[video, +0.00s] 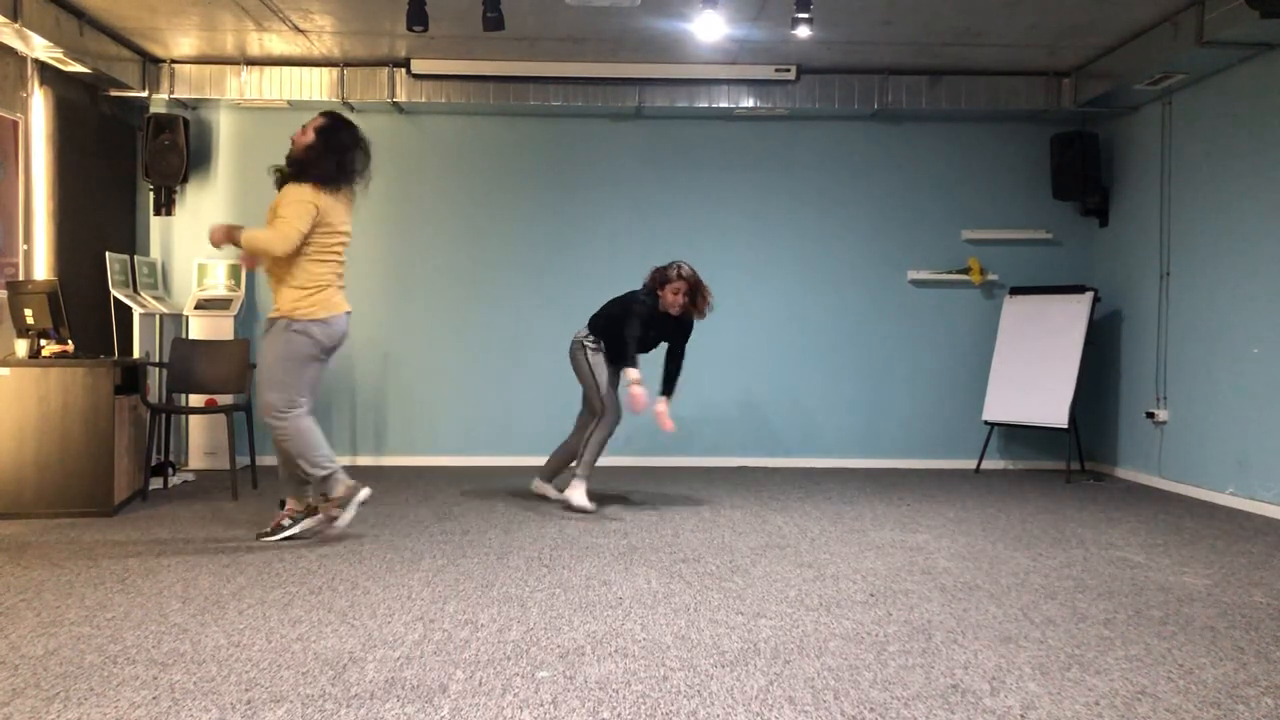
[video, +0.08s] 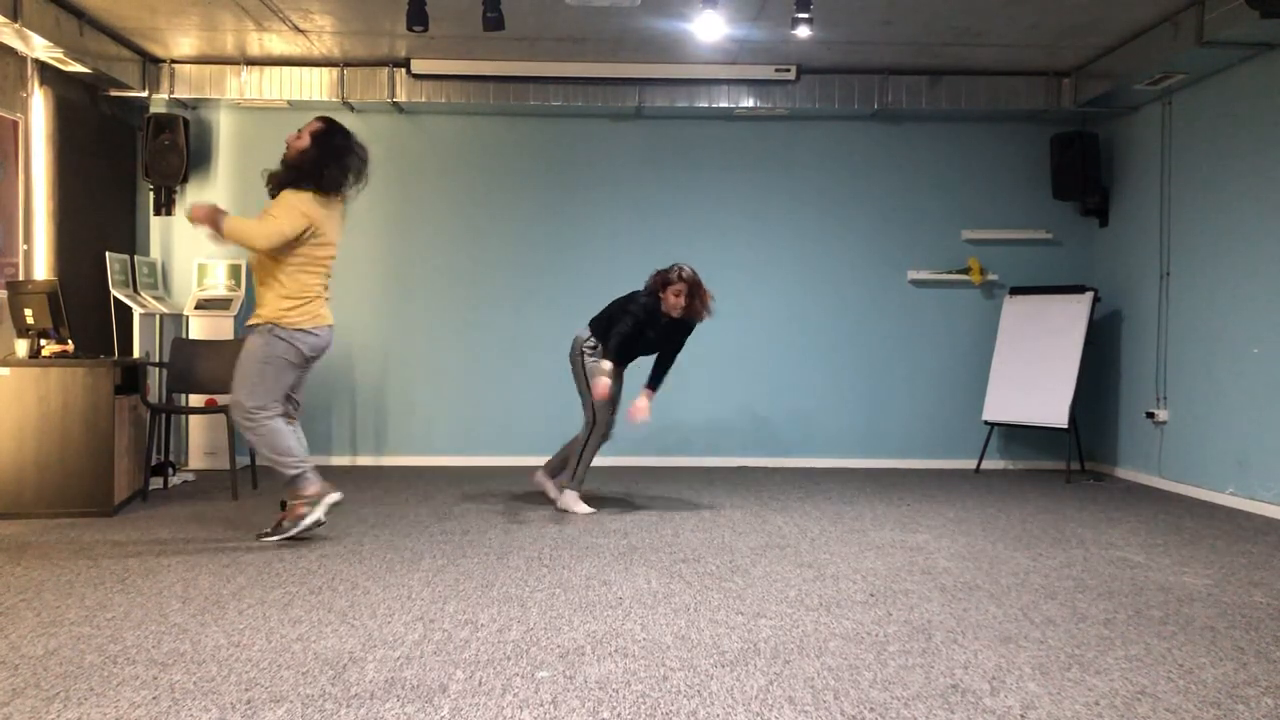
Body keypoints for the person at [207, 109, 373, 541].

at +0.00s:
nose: (298, 133)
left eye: (307, 131)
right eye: (304, 127)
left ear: (321, 149)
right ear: (334, 156)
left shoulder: (303, 193)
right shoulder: (335, 196)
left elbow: (281, 241)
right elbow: (305, 251)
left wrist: (234, 233)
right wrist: (262, 255)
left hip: (301, 319)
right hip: (326, 316)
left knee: (281, 410)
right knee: (289, 409)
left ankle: (338, 488)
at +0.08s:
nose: (292, 137)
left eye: (302, 135)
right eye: (298, 131)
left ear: (317, 153)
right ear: (326, 160)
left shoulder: (299, 201)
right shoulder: (326, 201)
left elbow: (264, 237)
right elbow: (275, 243)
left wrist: (218, 220)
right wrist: (228, 226)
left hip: (284, 326)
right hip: (309, 326)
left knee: (251, 408)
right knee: (282, 412)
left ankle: (310, 488)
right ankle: (300, 507)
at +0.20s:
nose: (285, 133)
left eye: (295, 134)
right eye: (292, 129)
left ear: (305, 156)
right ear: (310, 161)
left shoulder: (285, 195)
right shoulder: (308, 198)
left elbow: (240, 215)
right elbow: (257, 209)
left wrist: (198, 177)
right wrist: (230, 179)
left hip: (251, 321)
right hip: (281, 322)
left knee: (224, 410)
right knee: (261, 409)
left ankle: (261, 501)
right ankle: (288, 495)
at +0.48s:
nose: (247, 131)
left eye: (258, 134)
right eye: (255, 127)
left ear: (264, 158)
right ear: (267, 162)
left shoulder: (238, 191)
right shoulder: (261, 198)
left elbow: (203, 189)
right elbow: (230, 188)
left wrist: (173, 131)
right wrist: (226, 146)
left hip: (206, 315)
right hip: (236, 311)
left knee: (209, 413)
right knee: (238, 406)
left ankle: (254, 504)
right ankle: (275, 490)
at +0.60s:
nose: (210, 128)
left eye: (219, 132)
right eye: (218, 126)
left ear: (225, 158)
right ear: (227, 162)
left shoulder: (205, 192)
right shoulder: (222, 193)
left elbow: (185, 192)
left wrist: (163, 136)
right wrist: (202, 135)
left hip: (192, 321)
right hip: (220, 317)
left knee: (161, 413)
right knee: (230, 416)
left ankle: (225, 488)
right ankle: (282, 496)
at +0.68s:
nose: (170, 141)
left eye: (179, 140)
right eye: (176, 135)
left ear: (194, 159)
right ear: (195, 162)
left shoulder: (187, 197)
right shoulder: (181, 192)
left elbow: (180, 204)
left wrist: (152, 144)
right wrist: (169, 132)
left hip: (185, 330)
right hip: (211, 327)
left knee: (121, 404)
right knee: (222, 423)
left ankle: (177, 488)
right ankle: (284, 496)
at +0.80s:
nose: (80, 185)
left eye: (89, 177)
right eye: (82, 178)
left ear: (121, 184)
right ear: (115, 187)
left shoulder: (137, 220)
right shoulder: (116, 227)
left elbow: (151, 244)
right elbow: (112, 239)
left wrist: (121, 205)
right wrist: (93, 215)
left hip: (155, 354)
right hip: (190, 355)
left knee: (89, 426)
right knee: (159, 445)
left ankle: (66, 523)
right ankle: (247, 484)